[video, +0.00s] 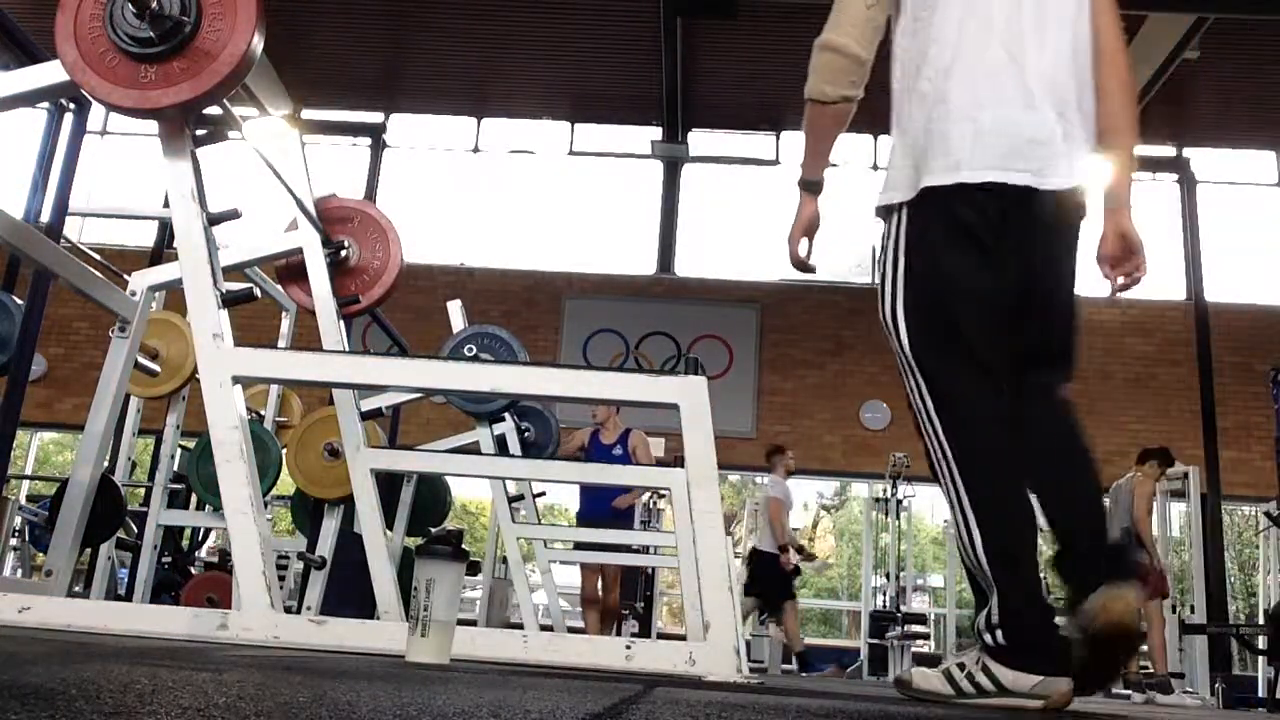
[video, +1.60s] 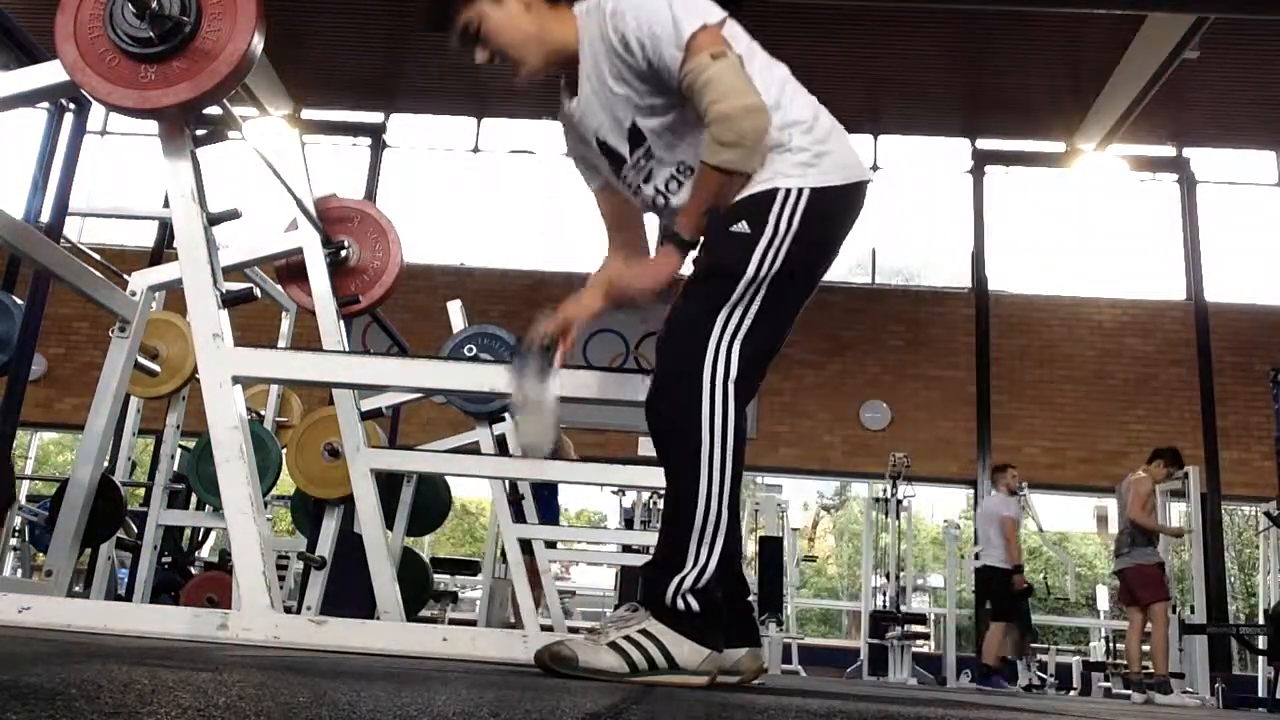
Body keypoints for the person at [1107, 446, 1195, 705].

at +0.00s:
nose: (1160, 478)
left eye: (1162, 474)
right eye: (1161, 472)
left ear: (1140, 464)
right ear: (1153, 466)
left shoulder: (1118, 485)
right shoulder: (1144, 482)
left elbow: (1114, 524)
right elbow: (1141, 520)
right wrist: (1155, 555)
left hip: (1118, 560)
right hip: (1139, 559)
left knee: (1127, 621)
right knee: (1156, 621)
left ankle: (1131, 679)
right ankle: (1163, 680)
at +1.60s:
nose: (1165, 479)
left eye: (1169, 476)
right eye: (1167, 474)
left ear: (1154, 462)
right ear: (1159, 465)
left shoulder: (1128, 481)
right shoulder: (1144, 481)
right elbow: (1135, 514)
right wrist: (1167, 530)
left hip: (1125, 562)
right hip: (1144, 561)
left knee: (1136, 621)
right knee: (1160, 619)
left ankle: (1136, 685)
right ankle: (1162, 684)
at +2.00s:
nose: (1178, 476)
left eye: (1180, 472)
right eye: (1179, 471)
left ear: (1163, 460)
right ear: (1170, 462)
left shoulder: (1133, 481)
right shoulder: (1157, 481)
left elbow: (1136, 523)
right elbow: (1158, 520)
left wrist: (1168, 529)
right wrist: (1189, 528)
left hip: (1135, 562)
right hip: (1156, 561)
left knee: (1143, 623)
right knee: (1161, 624)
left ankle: (1137, 686)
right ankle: (1163, 687)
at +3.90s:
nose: (1192, 476)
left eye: (1195, 471)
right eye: (1194, 470)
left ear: (1177, 459)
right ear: (1185, 461)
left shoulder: (1145, 480)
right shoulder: (1174, 480)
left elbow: (1146, 525)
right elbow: (1178, 523)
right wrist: (1205, 529)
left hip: (1149, 563)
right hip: (1174, 562)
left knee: (1155, 625)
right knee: (1169, 625)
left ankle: (1143, 685)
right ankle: (1164, 688)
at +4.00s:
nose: (1192, 475)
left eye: (1195, 471)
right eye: (1194, 470)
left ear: (1175, 458)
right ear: (1185, 461)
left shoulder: (1145, 480)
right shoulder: (1174, 480)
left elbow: (1146, 524)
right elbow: (1177, 523)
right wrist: (1206, 530)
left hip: (1149, 563)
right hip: (1173, 562)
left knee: (1155, 625)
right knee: (1169, 625)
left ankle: (1143, 685)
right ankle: (1164, 688)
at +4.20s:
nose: (1191, 475)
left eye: (1193, 470)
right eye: (1192, 469)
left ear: (1174, 459)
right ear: (1182, 461)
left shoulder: (1144, 480)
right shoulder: (1173, 480)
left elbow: (1147, 524)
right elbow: (1177, 522)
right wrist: (1205, 530)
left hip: (1149, 563)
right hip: (1173, 562)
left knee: (1156, 625)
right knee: (1169, 624)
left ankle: (1143, 685)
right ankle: (1164, 688)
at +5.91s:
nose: (1192, 471)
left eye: (1194, 466)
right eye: (1193, 465)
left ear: (1173, 458)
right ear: (1183, 459)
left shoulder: (1146, 480)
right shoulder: (1175, 480)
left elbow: (1146, 523)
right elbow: (1169, 517)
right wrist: (1185, 552)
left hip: (1148, 563)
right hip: (1170, 561)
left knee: (1156, 624)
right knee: (1168, 624)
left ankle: (1143, 685)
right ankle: (1163, 687)